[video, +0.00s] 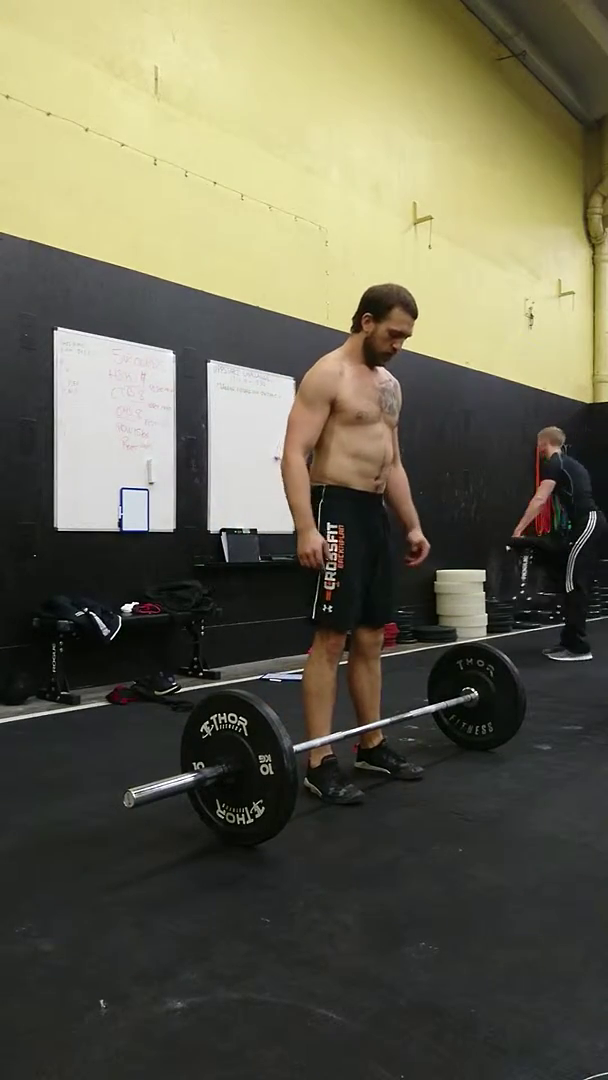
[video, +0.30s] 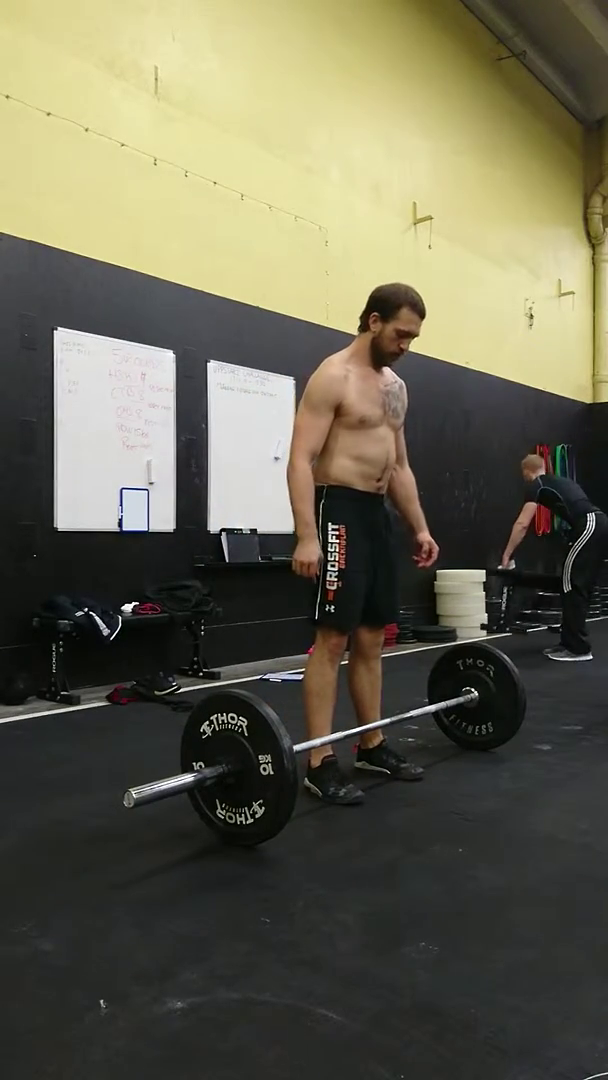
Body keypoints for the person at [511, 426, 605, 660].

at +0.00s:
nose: (538, 450)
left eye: (539, 445)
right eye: (538, 446)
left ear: (546, 444)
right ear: (560, 445)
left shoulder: (555, 462)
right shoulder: (571, 463)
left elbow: (539, 499)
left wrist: (520, 527)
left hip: (587, 521)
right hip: (590, 520)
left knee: (573, 578)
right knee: (575, 579)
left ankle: (576, 645)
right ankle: (572, 641)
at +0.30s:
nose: (525, 479)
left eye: (524, 476)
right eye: (524, 476)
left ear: (528, 473)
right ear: (544, 469)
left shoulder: (537, 485)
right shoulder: (558, 480)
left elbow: (522, 525)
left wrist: (506, 555)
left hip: (590, 524)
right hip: (596, 522)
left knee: (570, 580)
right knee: (576, 582)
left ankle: (577, 647)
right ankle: (571, 642)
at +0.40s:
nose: (523, 487)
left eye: (523, 484)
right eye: (523, 485)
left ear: (525, 482)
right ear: (542, 476)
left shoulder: (534, 491)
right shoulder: (555, 486)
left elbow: (519, 532)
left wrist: (505, 562)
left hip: (590, 525)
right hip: (599, 522)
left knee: (569, 582)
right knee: (579, 584)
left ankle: (577, 647)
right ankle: (571, 640)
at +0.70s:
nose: (522, 509)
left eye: (521, 507)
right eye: (521, 508)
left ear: (523, 504)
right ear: (537, 497)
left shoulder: (531, 510)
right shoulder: (553, 501)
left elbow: (513, 549)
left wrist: (497, 579)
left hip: (588, 529)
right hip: (600, 526)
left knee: (566, 584)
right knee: (580, 585)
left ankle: (578, 648)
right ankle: (569, 642)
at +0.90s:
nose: (520, 512)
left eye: (520, 509)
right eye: (519, 510)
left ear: (523, 502)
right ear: (534, 498)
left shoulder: (531, 509)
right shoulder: (552, 502)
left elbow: (514, 548)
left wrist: (499, 579)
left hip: (587, 529)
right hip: (600, 526)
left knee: (568, 586)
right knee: (583, 587)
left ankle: (578, 648)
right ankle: (569, 642)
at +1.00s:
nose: (519, 512)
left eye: (518, 508)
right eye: (517, 509)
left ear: (521, 501)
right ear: (531, 497)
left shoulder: (531, 508)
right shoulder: (550, 502)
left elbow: (514, 547)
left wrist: (500, 578)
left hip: (587, 528)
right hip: (600, 525)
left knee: (567, 585)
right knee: (582, 586)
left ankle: (578, 648)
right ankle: (569, 641)